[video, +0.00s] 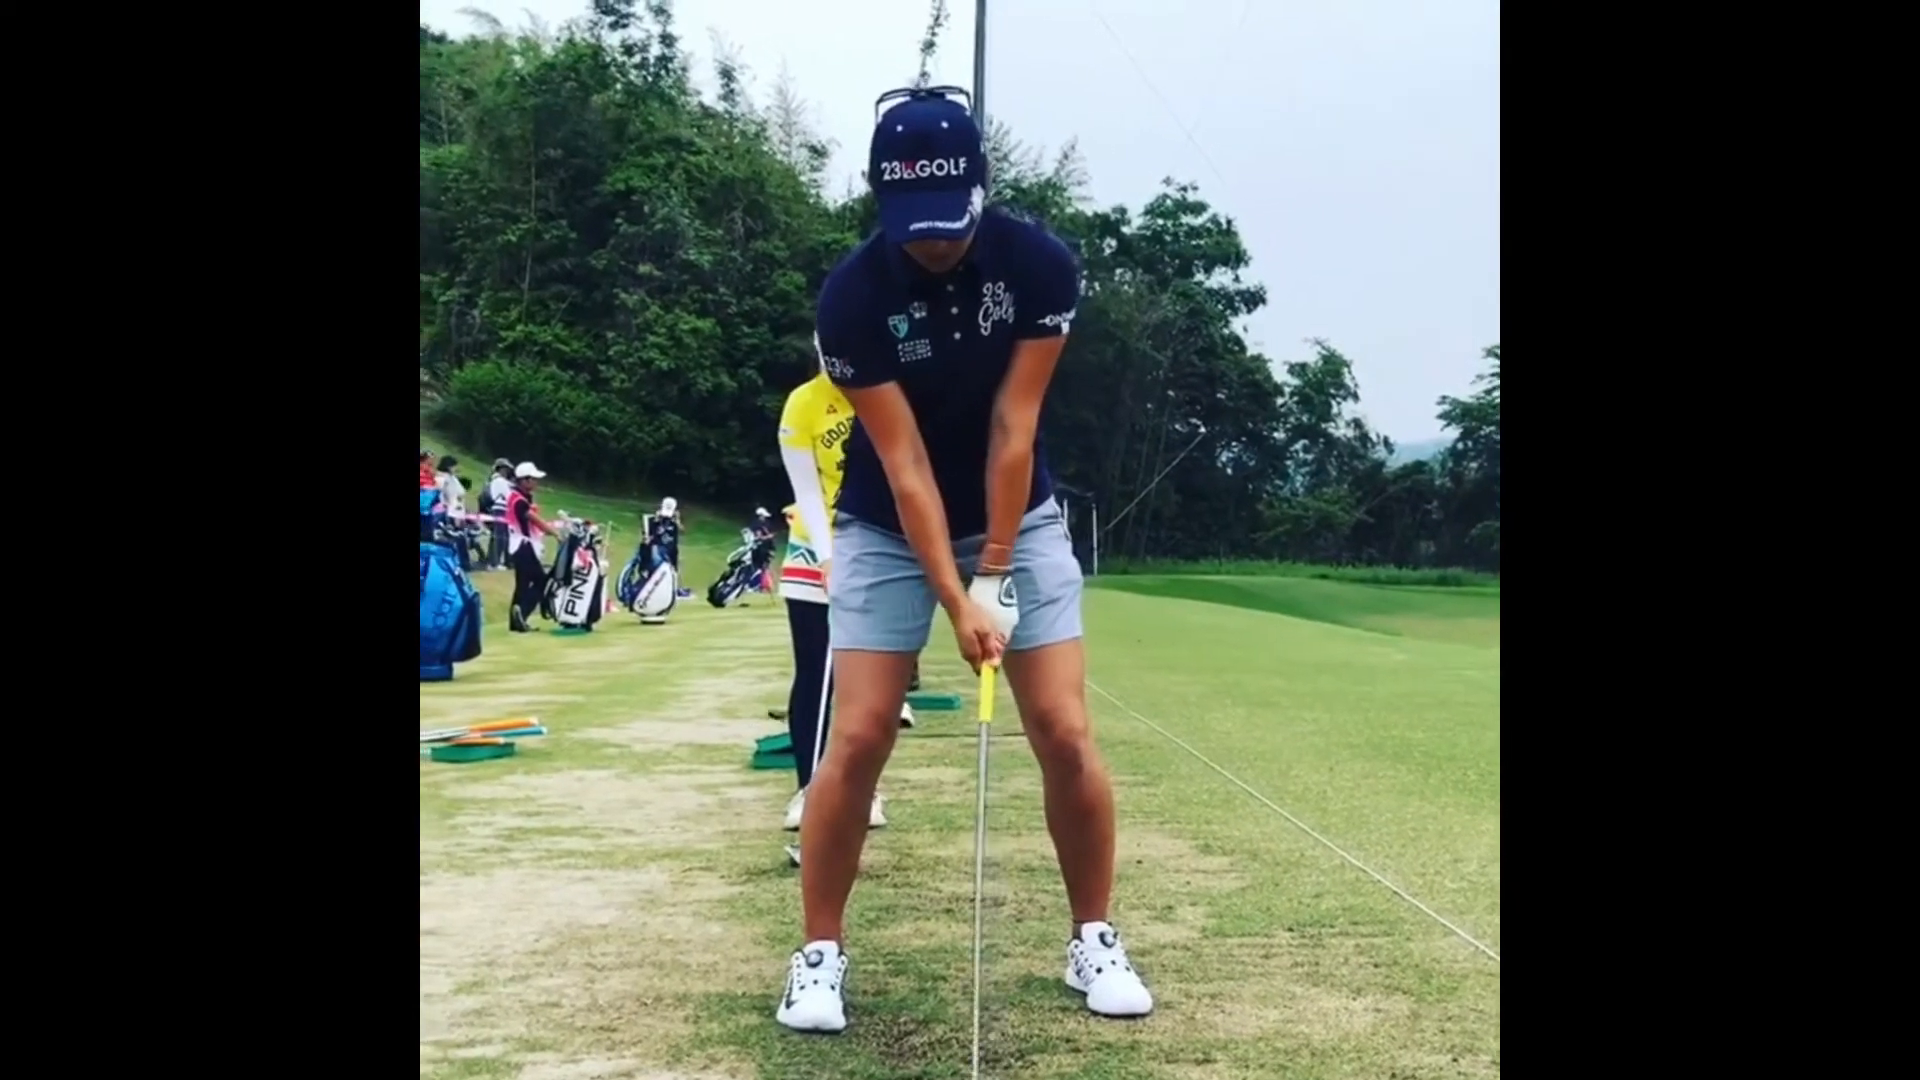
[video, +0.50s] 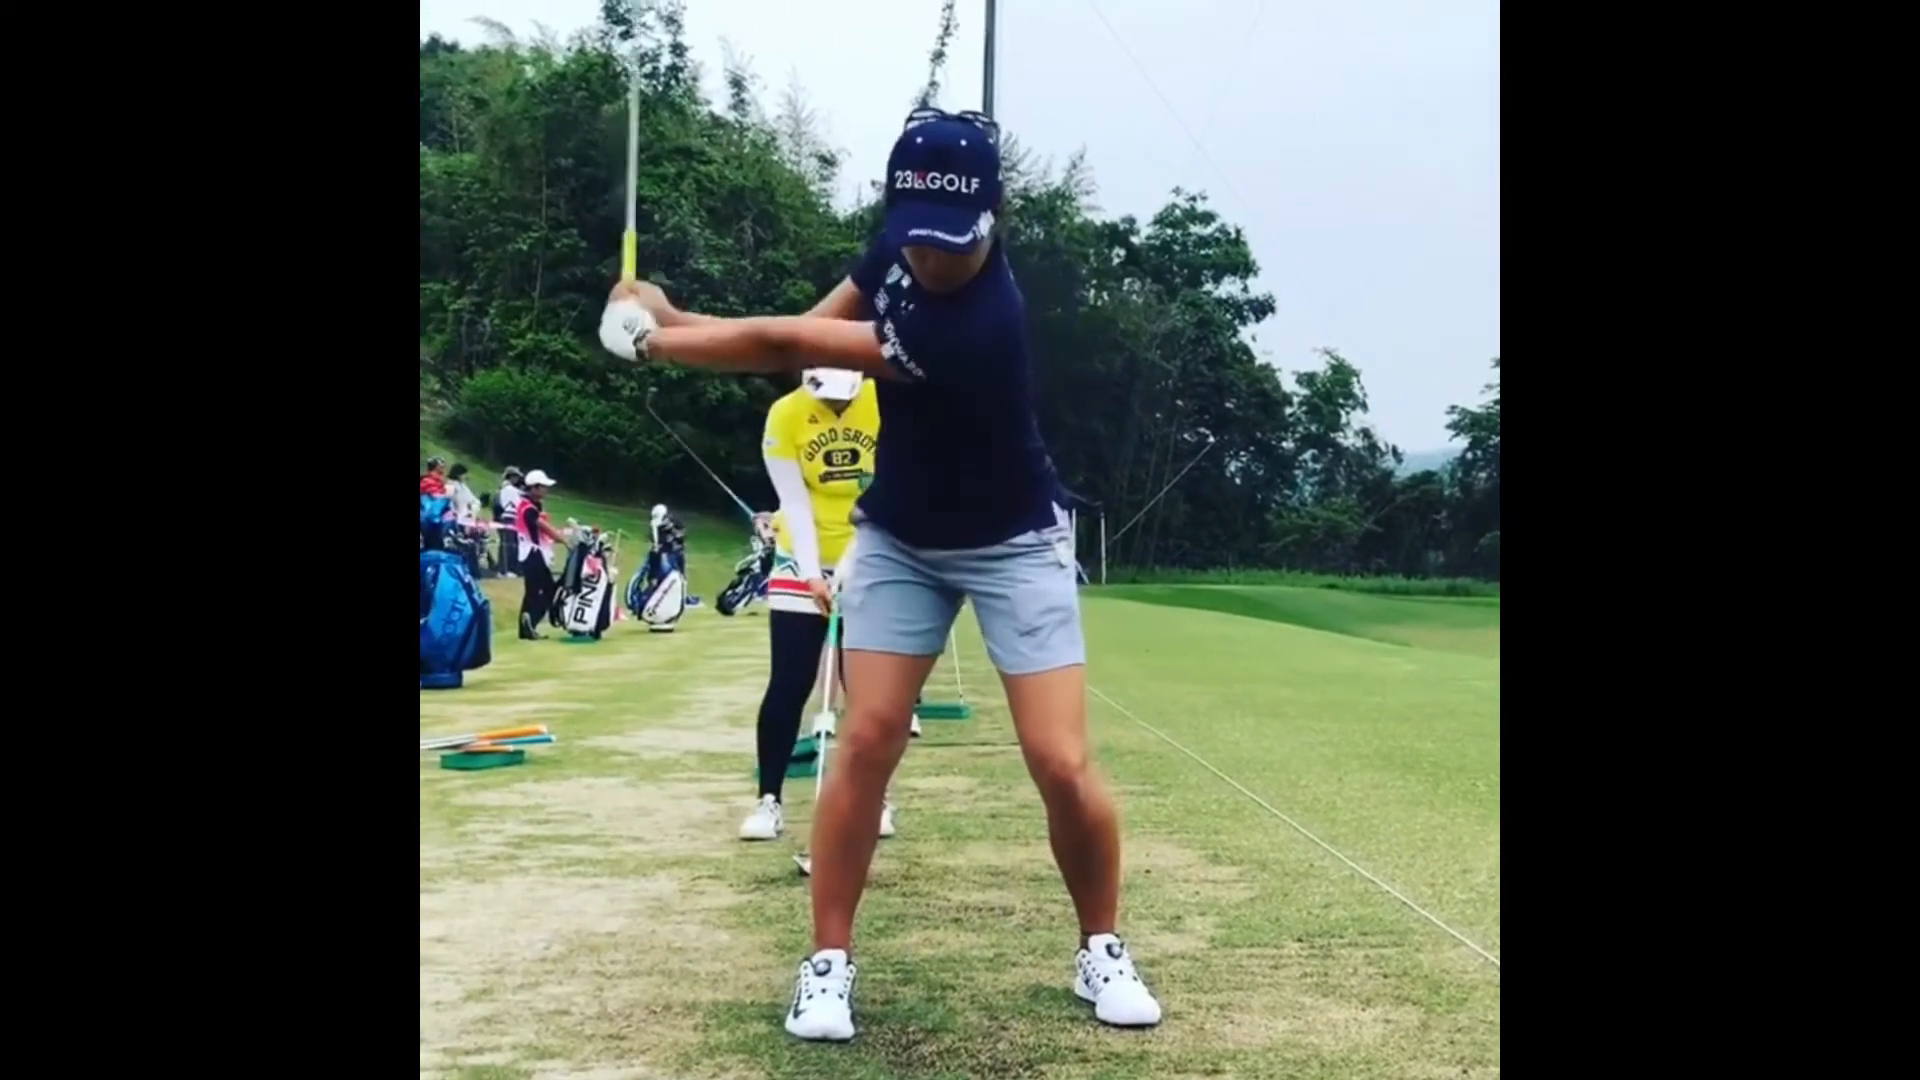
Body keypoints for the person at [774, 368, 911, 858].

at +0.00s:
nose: (848, 354)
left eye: (856, 344)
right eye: (839, 343)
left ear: (878, 344)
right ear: (829, 346)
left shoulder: (891, 399)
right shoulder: (805, 402)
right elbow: (806, 490)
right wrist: (827, 554)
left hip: (870, 568)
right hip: (811, 570)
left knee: (874, 692)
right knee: (815, 682)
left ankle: (864, 786)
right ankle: (810, 790)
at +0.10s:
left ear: (884, 348)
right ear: (836, 348)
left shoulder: (894, 402)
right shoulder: (810, 403)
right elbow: (810, 496)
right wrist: (829, 561)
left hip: (871, 564)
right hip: (813, 565)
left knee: (870, 692)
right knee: (816, 680)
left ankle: (864, 787)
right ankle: (810, 784)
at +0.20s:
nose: (835, 359)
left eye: (847, 352)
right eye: (830, 350)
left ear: (875, 349)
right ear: (823, 351)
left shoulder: (891, 401)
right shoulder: (808, 406)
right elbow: (811, 497)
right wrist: (824, 560)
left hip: (877, 557)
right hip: (816, 556)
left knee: (872, 684)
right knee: (808, 675)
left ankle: (869, 786)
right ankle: (803, 782)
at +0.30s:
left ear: (872, 352)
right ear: (832, 343)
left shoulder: (888, 405)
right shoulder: (804, 407)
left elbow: (898, 481)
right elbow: (798, 493)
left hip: (880, 556)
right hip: (817, 554)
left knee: (876, 689)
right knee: (800, 679)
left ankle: (873, 789)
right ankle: (782, 789)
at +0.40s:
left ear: (879, 378)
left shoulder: (897, 412)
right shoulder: (801, 426)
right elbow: (804, 501)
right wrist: (818, 570)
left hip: (874, 563)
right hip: (810, 563)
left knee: (878, 700)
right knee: (793, 684)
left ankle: (874, 791)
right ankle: (769, 795)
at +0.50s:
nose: (836, 385)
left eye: (845, 377)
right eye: (825, 377)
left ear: (861, 372)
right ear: (808, 372)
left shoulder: (880, 402)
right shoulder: (786, 415)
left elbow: (893, 486)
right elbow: (794, 503)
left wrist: (859, 563)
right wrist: (810, 570)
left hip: (867, 555)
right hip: (800, 558)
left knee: (874, 692)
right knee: (789, 684)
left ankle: (876, 794)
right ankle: (768, 799)